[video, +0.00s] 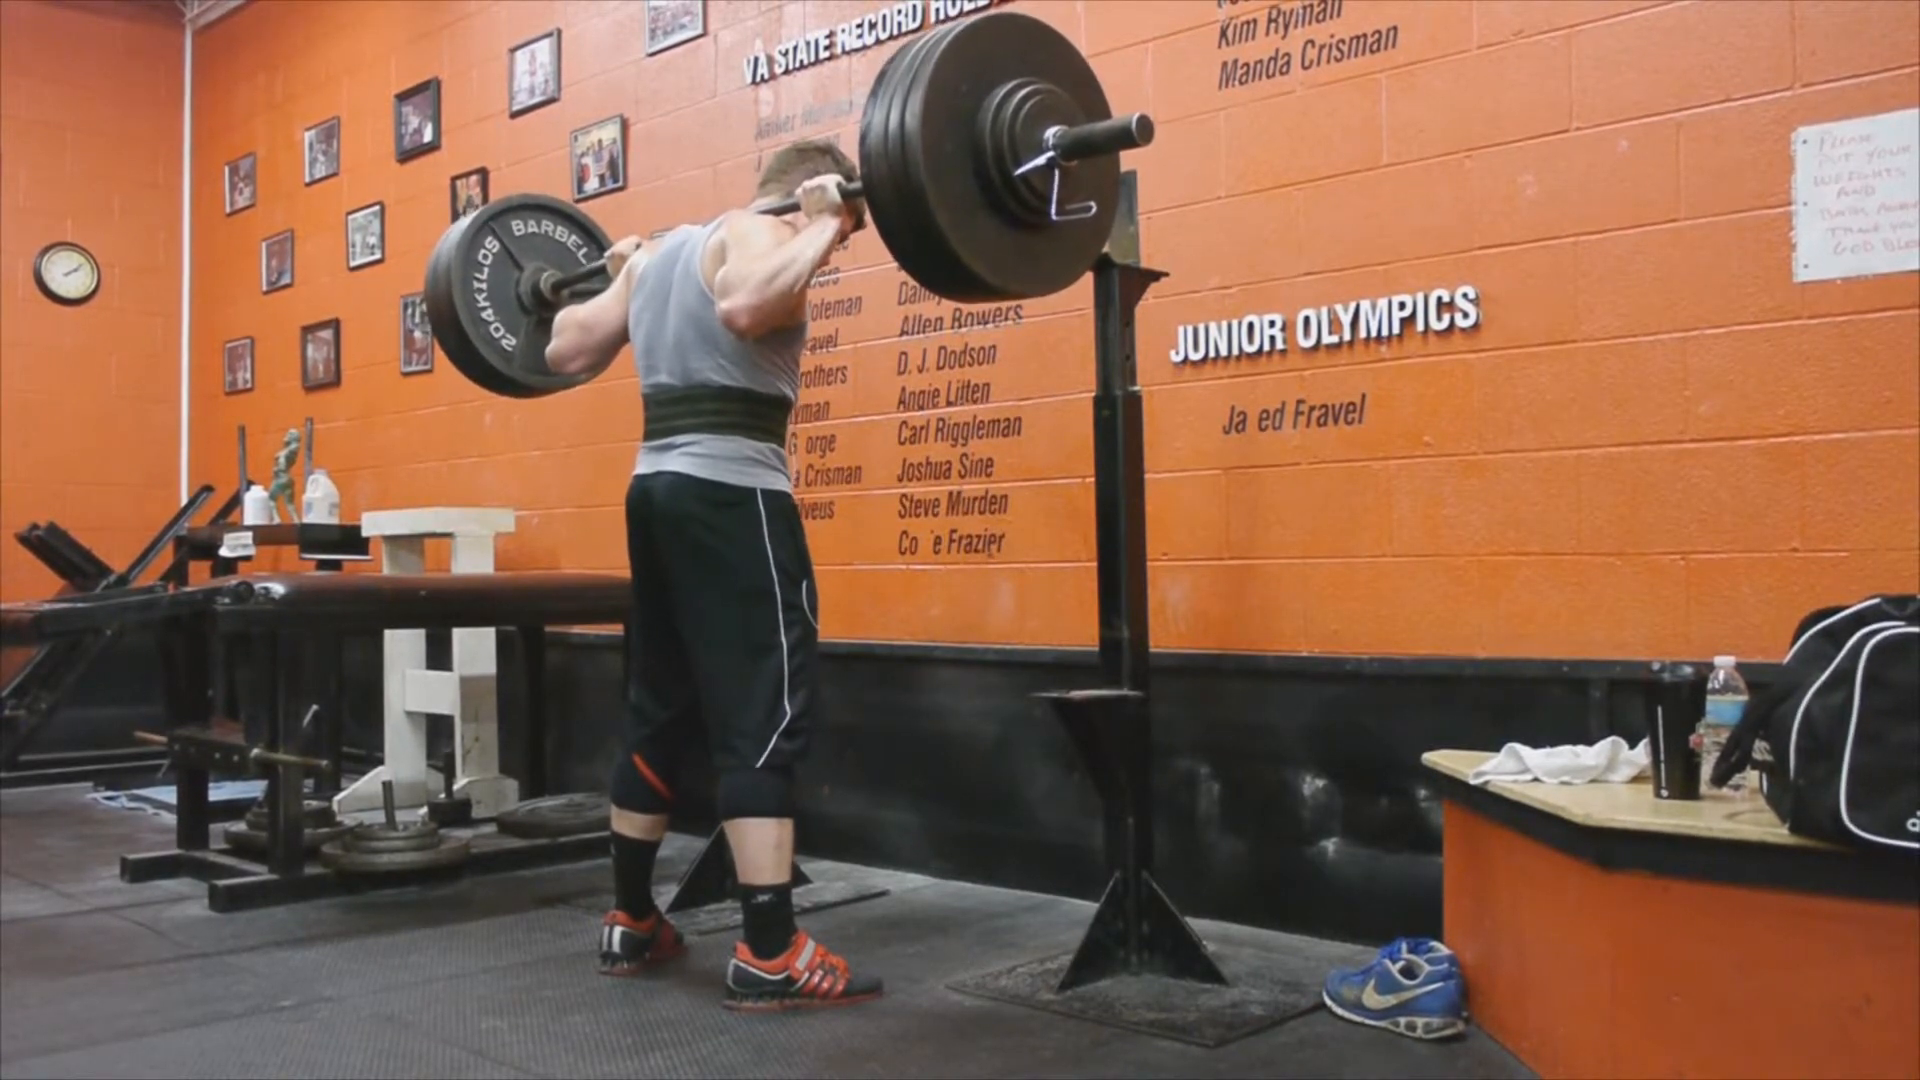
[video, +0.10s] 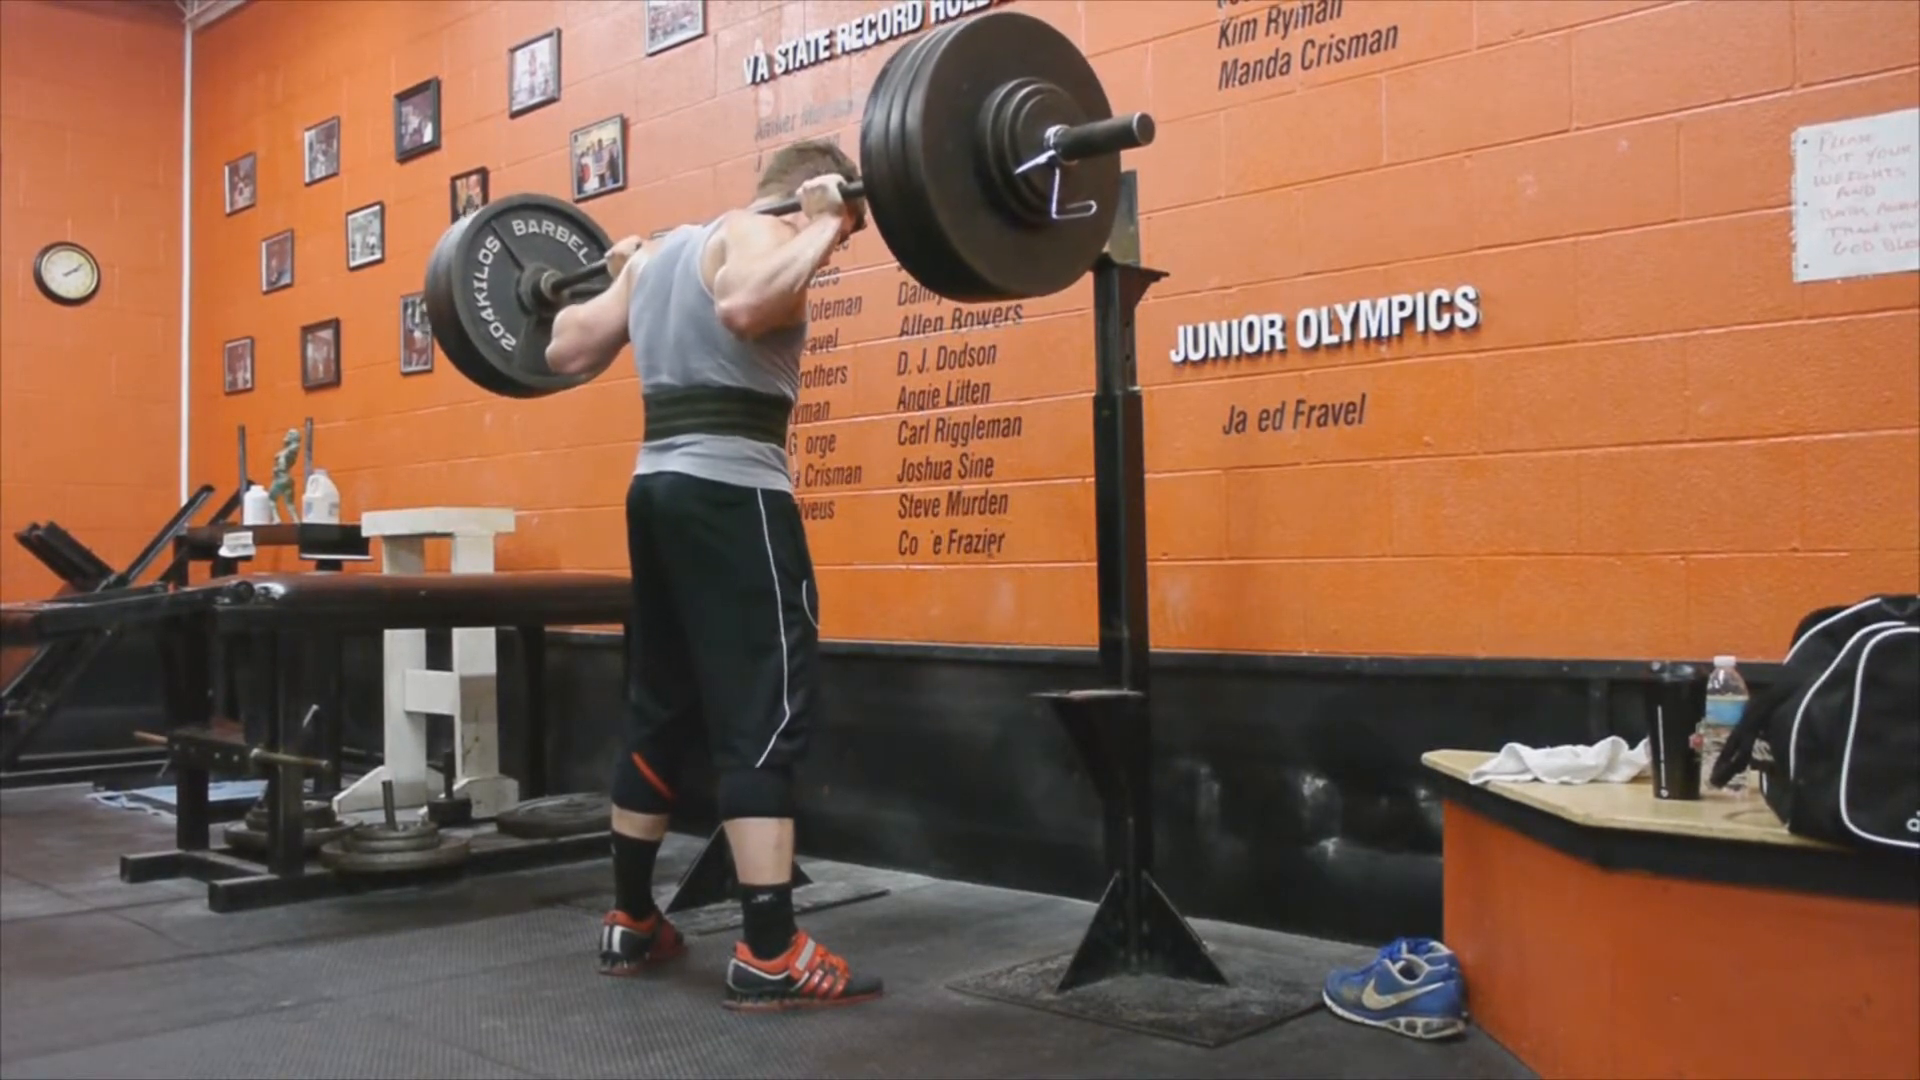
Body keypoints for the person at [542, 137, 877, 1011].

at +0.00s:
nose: (839, 241)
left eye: (847, 229)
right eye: (841, 224)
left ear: (761, 189)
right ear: (814, 200)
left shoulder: (661, 256)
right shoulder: (768, 233)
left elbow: (564, 348)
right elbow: (744, 308)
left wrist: (617, 278)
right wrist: (824, 230)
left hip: (657, 496)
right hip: (735, 498)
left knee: (662, 708)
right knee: (763, 714)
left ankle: (631, 921)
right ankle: (769, 947)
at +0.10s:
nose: (840, 240)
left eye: (848, 229)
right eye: (842, 223)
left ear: (761, 189)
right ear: (814, 200)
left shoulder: (661, 256)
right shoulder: (769, 233)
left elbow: (564, 348)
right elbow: (744, 308)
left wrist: (617, 277)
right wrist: (825, 230)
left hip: (658, 497)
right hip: (735, 499)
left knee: (664, 709)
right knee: (764, 715)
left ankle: (632, 921)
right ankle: (769, 947)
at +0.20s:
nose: (840, 237)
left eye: (847, 223)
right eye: (840, 219)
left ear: (758, 189)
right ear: (813, 199)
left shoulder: (663, 255)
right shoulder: (769, 233)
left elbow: (566, 352)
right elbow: (744, 307)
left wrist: (617, 278)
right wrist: (826, 227)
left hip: (658, 496)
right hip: (737, 498)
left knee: (665, 709)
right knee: (764, 715)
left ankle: (632, 921)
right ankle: (770, 948)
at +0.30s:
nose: (837, 230)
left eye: (843, 216)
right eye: (837, 212)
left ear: (753, 183)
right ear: (810, 193)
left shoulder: (662, 254)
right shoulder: (767, 229)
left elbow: (566, 351)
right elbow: (746, 307)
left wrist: (614, 277)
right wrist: (825, 226)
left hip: (659, 494)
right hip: (736, 495)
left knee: (664, 709)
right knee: (763, 713)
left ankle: (632, 921)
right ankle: (770, 948)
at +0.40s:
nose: (831, 219)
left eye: (836, 204)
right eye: (831, 202)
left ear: (746, 180)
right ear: (807, 188)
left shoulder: (663, 251)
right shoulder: (770, 230)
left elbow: (568, 349)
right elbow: (748, 308)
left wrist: (610, 275)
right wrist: (826, 227)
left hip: (658, 490)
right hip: (736, 490)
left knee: (664, 709)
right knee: (763, 713)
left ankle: (632, 920)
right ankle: (770, 947)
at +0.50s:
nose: (832, 216)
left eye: (838, 201)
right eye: (830, 199)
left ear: (744, 178)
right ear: (803, 185)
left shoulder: (662, 250)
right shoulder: (766, 227)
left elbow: (568, 347)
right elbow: (748, 303)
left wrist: (611, 272)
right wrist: (827, 222)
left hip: (657, 490)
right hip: (735, 490)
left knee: (663, 709)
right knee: (762, 713)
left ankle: (631, 920)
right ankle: (769, 947)